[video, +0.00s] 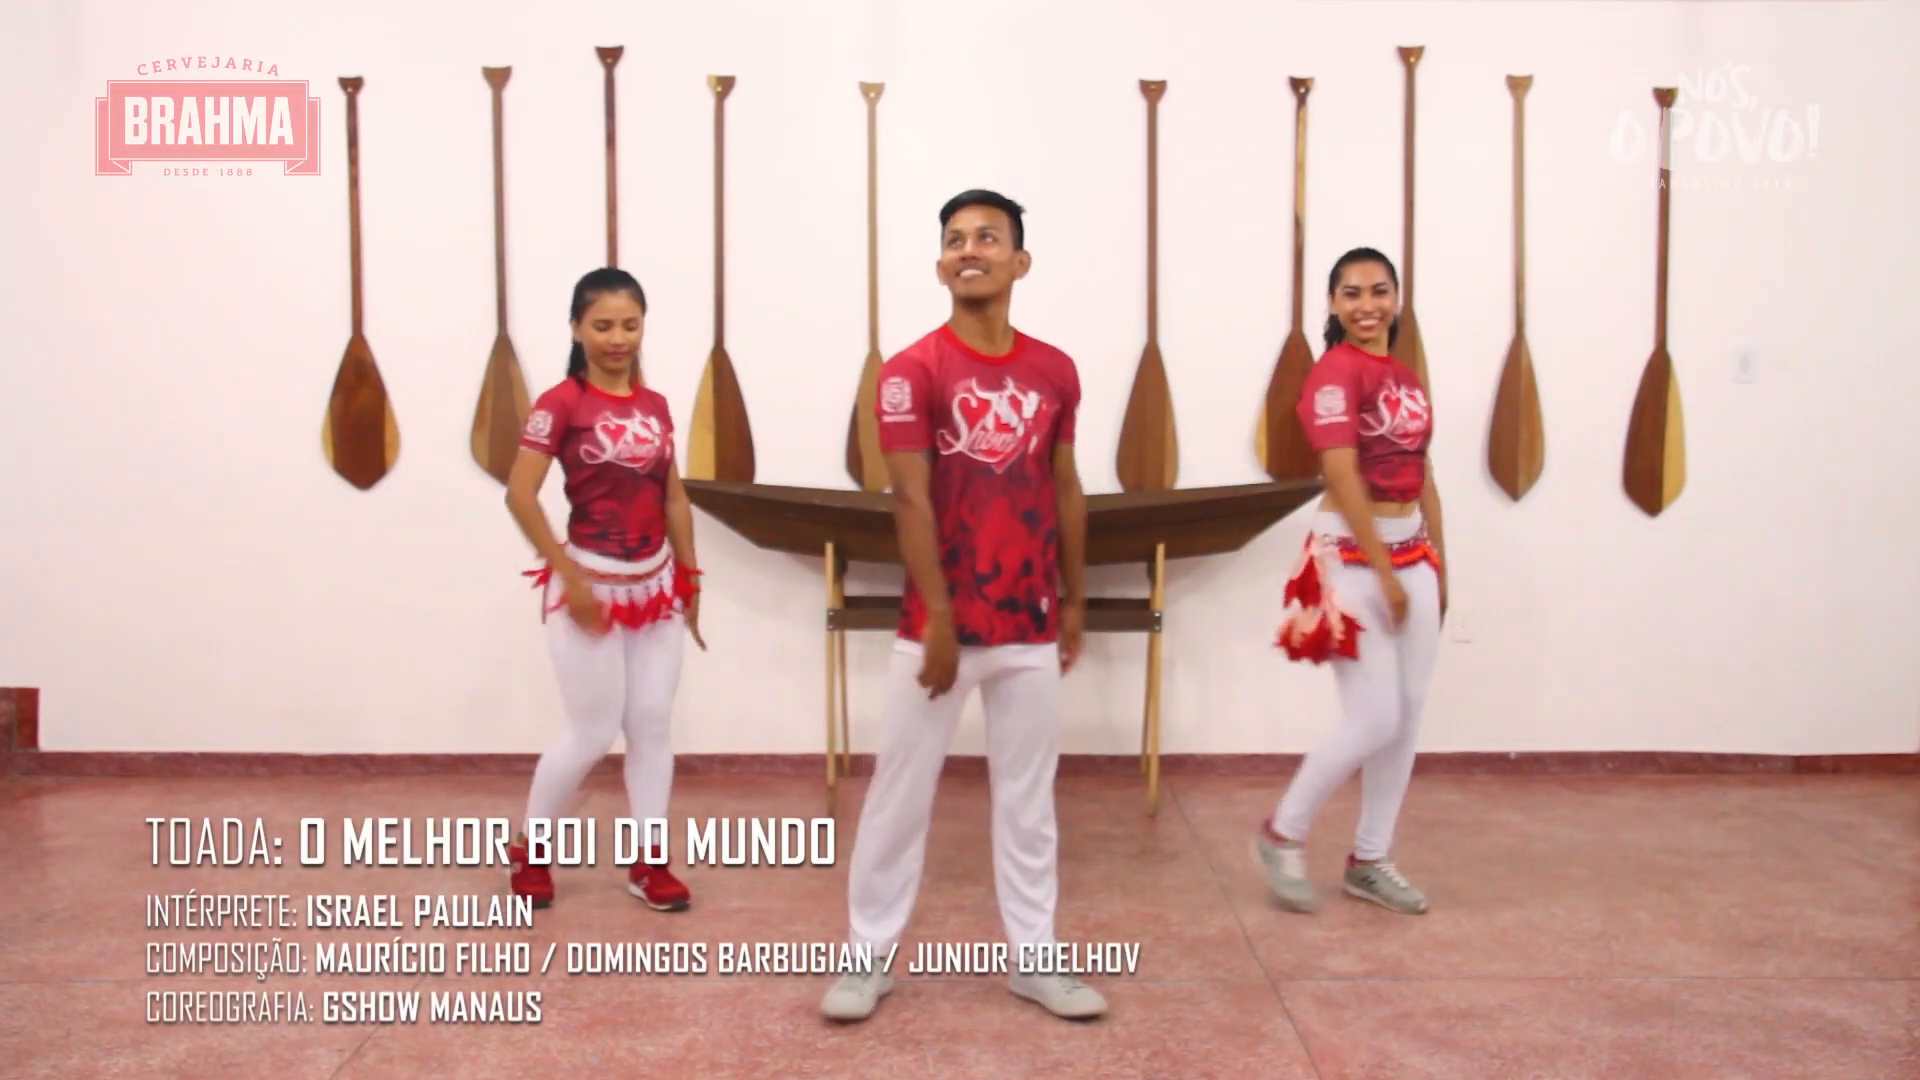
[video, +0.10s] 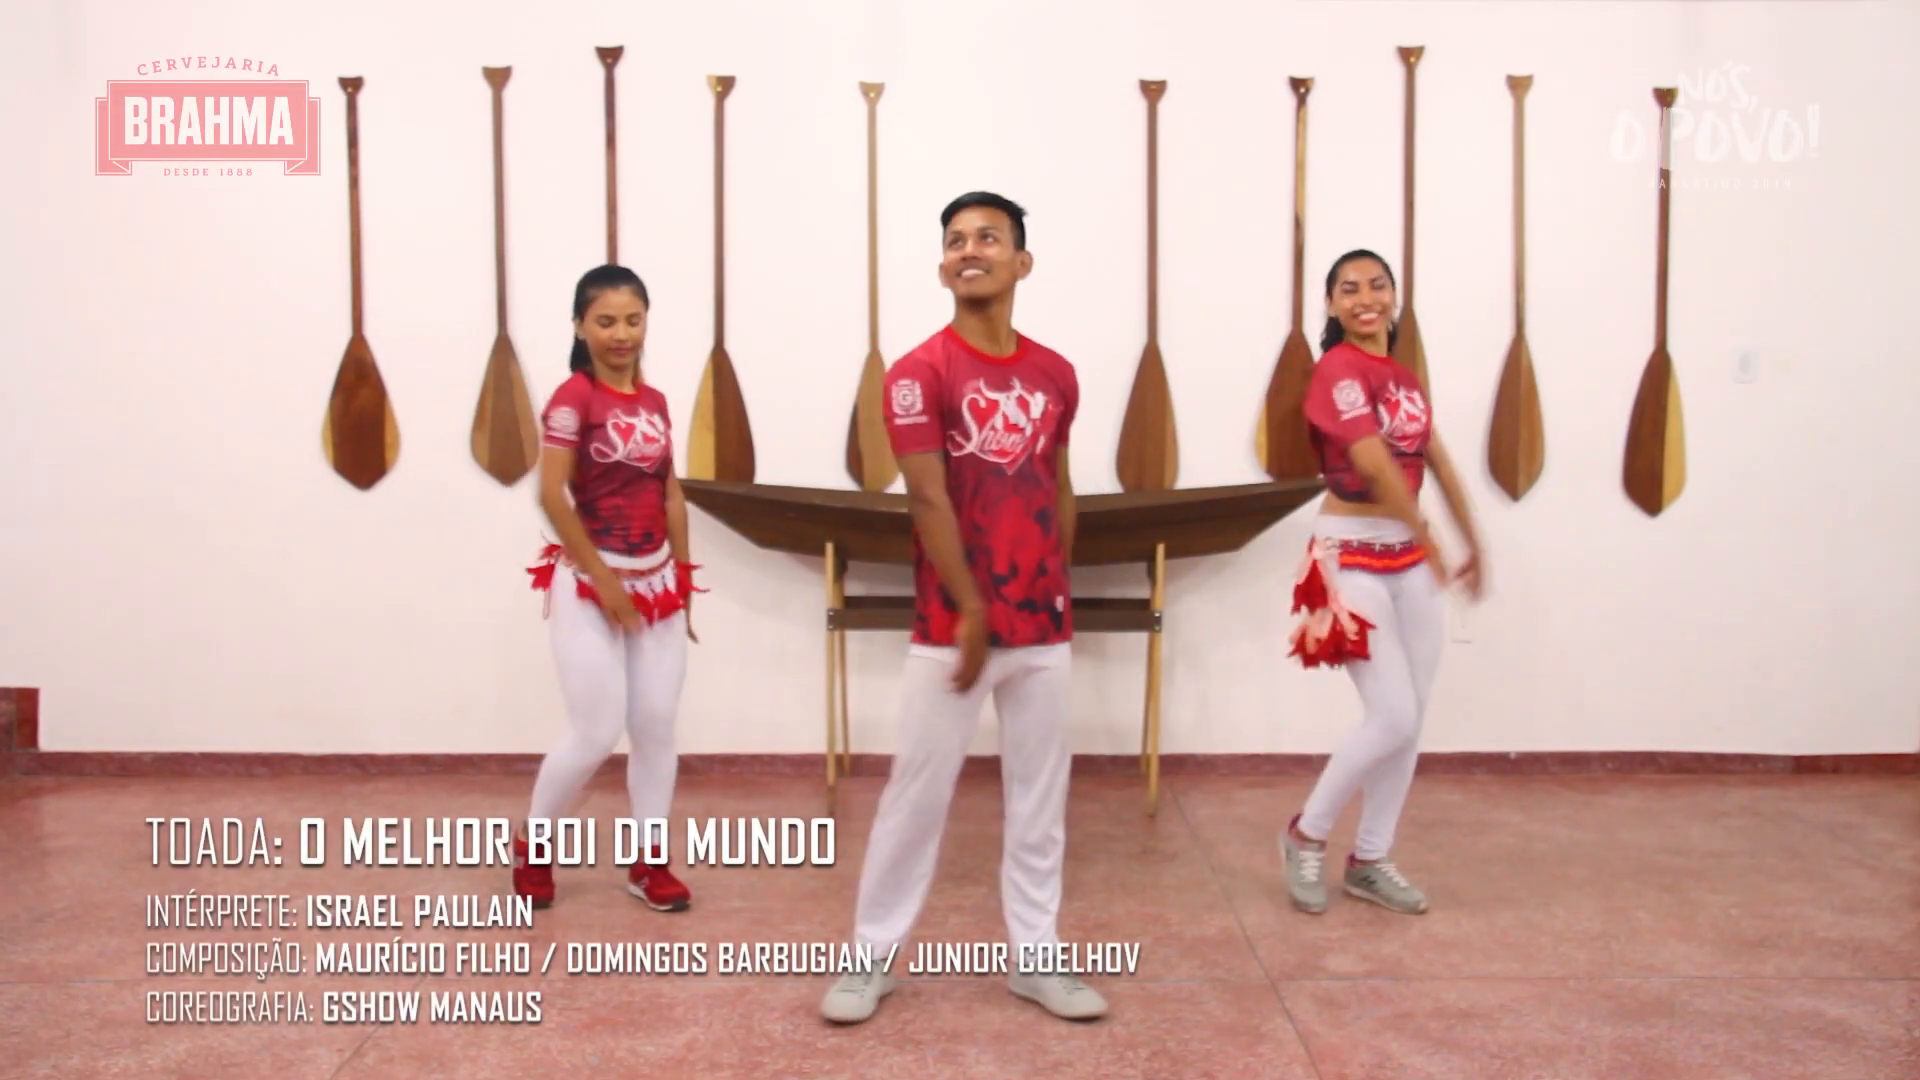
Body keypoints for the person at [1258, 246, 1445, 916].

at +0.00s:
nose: (1367, 303)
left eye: (1379, 291)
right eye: (1352, 293)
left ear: (1396, 301)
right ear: (1333, 304)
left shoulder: (1403, 377)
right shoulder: (1334, 374)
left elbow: (1420, 478)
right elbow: (1340, 478)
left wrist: (1435, 565)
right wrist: (1382, 570)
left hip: (1411, 554)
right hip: (1348, 556)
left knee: (1405, 716)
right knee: (1375, 716)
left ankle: (1369, 859)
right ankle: (1282, 835)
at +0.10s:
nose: (1365, 299)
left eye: (1377, 287)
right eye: (1350, 290)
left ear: (1395, 300)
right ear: (1332, 305)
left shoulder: (1404, 380)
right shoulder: (1336, 376)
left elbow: (1439, 464)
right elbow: (1375, 469)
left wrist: (1472, 542)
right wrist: (1430, 547)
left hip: (1411, 557)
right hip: (1349, 559)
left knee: (1408, 717)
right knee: (1391, 717)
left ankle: (1370, 860)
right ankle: (1306, 835)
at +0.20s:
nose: (1360, 284)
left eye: (1371, 274)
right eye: (1344, 280)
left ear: (1392, 294)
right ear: (1329, 305)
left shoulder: (1410, 368)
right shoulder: (1335, 362)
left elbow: (1466, 413)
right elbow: (1395, 419)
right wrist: (1467, 453)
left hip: (1414, 554)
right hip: (1348, 556)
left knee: (1409, 714)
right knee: (1382, 710)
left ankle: (1368, 858)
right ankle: (1297, 833)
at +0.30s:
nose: (1363, 279)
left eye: (1372, 270)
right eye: (1346, 276)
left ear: (1394, 289)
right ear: (1331, 303)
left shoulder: (1420, 344)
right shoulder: (1334, 350)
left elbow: (1467, 348)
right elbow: (1399, 343)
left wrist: (1547, 338)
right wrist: (1501, 342)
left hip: (1416, 551)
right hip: (1349, 551)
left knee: (1403, 716)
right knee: (1354, 708)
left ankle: (1369, 860)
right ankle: (1286, 850)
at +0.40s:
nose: (1366, 272)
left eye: (1376, 264)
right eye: (1351, 268)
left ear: (1394, 281)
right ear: (1334, 295)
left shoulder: (1423, 337)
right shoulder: (1334, 351)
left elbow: (1496, 277)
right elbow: (1369, 289)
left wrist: (1573, 211)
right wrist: (1466, 225)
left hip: (1419, 550)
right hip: (1351, 546)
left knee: (1400, 719)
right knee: (1329, 718)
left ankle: (1370, 860)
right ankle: (1285, 879)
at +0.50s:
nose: (1373, 275)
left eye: (1380, 269)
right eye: (1359, 271)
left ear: (1397, 290)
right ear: (1338, 296)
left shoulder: (1418, 343)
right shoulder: (1332, 356)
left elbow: (1469, 249)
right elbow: (1344, 262)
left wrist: (1515, 162)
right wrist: (1385, 170)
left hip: (1417, 562)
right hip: (1344, 559)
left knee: (1395, 726)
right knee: (1322, 731)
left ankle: (1372, 860)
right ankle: (1289, 887)